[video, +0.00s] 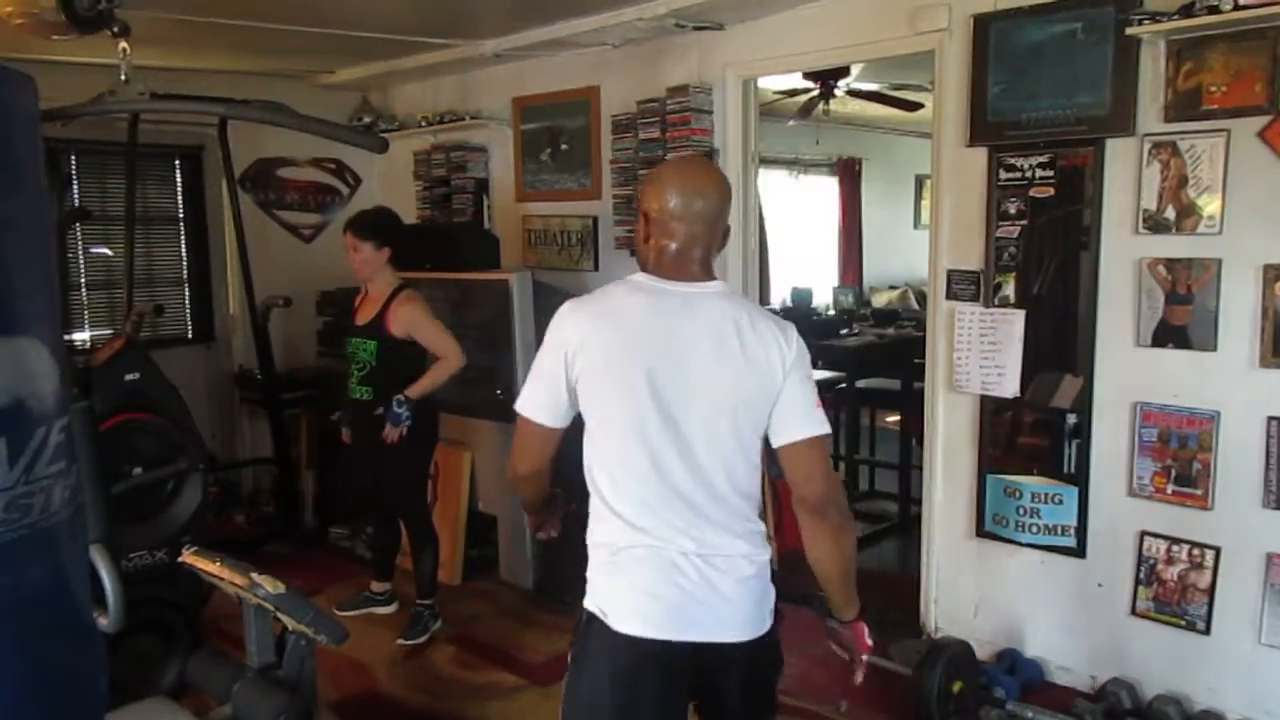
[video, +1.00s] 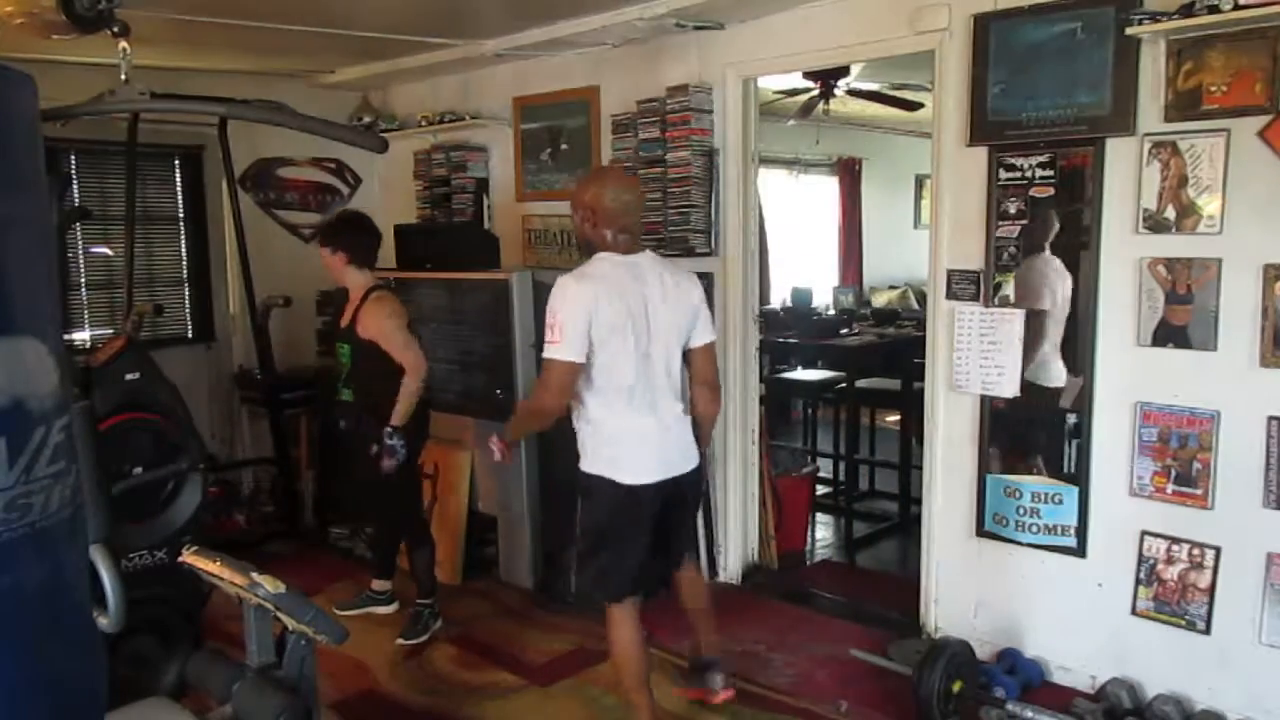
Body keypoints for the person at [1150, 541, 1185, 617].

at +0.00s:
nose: (1173, 555)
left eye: (1176, 552)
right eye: (1171, 552)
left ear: (1180, 553)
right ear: (1167, 552)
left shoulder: (1182, 568)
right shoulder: (1160, 565)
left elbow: (1181, 585)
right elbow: (1151, 581)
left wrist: (1174, 602)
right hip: (1159, 599)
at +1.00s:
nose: (1173, 554)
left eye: (1176, 552)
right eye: (1171, 551)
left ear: (1180, 553)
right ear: (1167, 552)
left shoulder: (1184, 567)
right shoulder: (1160, 565)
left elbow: (1182, 585)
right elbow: (1151, 582)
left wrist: (1174, 602)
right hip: (1160, 599)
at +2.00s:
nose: (1172, 554)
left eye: (1176, 552)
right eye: (1170, 551)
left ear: (1179, 553)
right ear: (1167, 551)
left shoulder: (1182, 567)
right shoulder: (1160, 565)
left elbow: (1180, 585)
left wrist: (1173, 603)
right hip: (1159, 599)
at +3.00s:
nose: (1173, 554)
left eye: (1176, 552)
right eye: (1171, 551)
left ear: (1180, 553)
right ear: (1167, 551)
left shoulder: (1183, 567)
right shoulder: (1160, 565)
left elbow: (1181, 585)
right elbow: (1153, 580)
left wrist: (1174, 602)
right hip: (1159, 600)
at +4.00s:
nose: (1173, 554)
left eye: (1176, 552)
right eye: (1171, 551)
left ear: (1179, 553)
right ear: (1167, 552)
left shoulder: (1181, 568)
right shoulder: (1160, 566)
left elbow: (1180, 586)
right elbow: (1154, 581)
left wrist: (1173, 603)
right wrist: (1151, 595)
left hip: (1173, 601)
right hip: (1159, 599)